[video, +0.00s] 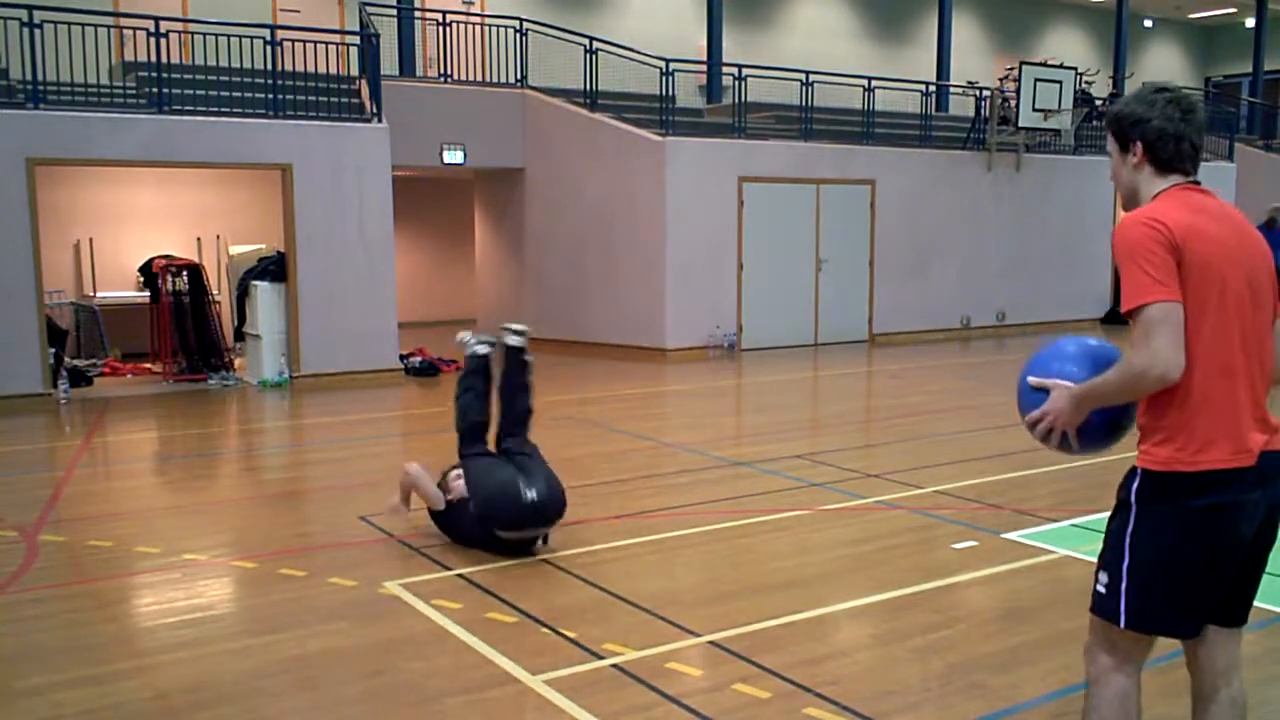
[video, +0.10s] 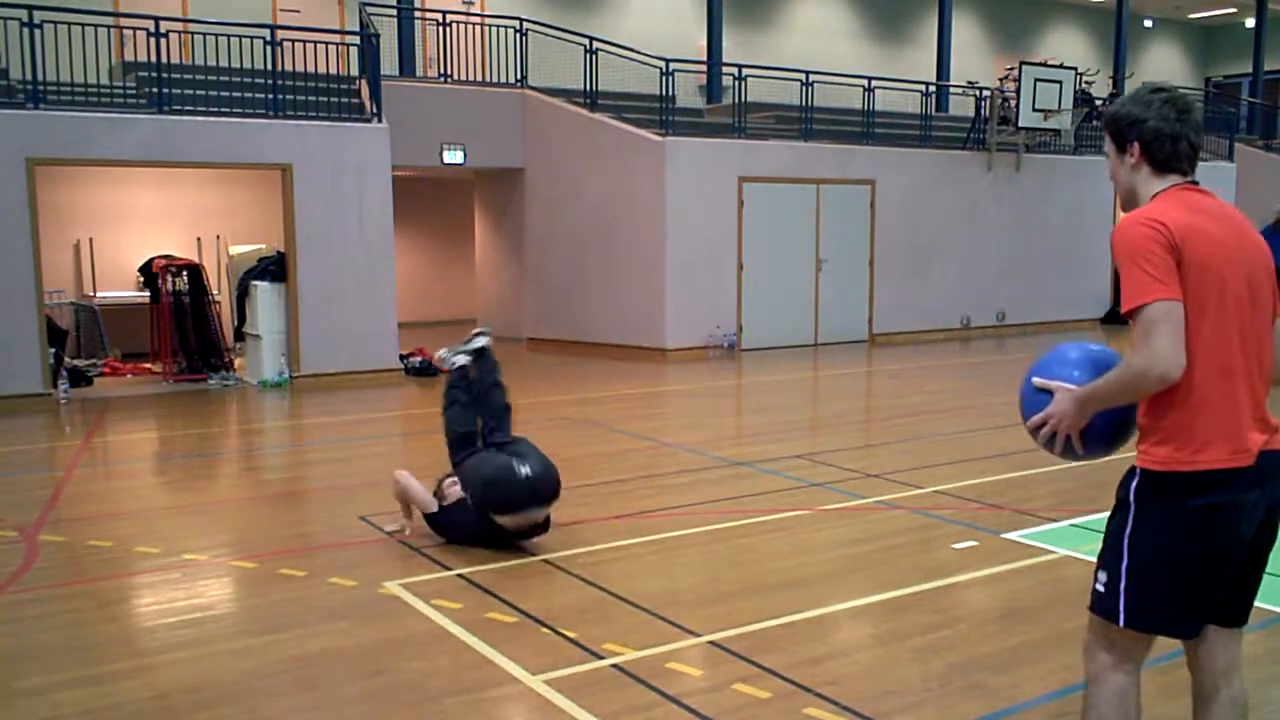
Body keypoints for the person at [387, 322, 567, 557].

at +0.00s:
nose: (464, 475)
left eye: (465, 472)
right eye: (456, 476)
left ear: (477, 474)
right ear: (447, 493)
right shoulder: (450, 515)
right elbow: (411, 469)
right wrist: (403, 500)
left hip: (550, 504)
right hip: (501, 510)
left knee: (514, 437)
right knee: (473, 444)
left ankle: (516, 352)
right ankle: (477, 356)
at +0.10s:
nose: (455, 485)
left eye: (458, 482)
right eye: (449, 486)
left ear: (467, 485)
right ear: (443, 499)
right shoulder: (447, 520)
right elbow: (400, 477)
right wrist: (407, 518)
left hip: (546, 480)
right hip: (490, 486)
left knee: (498, 434)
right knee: (464, 455)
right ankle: (459, 368)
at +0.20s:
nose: (452, 488)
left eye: (453, 486)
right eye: (446, 492)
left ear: (462, 487)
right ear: (441, 505)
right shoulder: (444, 522)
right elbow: (396, 481)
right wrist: (410, 518)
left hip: (540, 462)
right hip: (484, 470)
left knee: (484, 434)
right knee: (454, 457)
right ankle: (442, 375)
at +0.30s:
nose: (450, 490)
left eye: (450, 490)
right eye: (445, 494)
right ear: (442, 506)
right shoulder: (444, 524)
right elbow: (393, 483)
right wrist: (410, 519)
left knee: (475, 444)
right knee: (446, 466)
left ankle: (442, 380)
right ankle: (427, 388)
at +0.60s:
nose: (447, 492)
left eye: (447, 493)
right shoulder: (453, 527)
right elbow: (395, 482)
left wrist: (414, 518)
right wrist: (414, 518)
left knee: (473, 440)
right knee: (437, 467)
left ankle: (446, 374)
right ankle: (420, 382)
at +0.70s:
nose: (448, 487)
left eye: (449, 487)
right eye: (446, 489)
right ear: (446, 504)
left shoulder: (506, 521)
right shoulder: (447, 523)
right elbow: (394, 479)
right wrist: (412, 516)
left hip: (527, 459)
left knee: (489, 443)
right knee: (441, 453)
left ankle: (470, 363)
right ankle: (432, 371)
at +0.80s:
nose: (452, 487)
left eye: (452, 486)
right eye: (448, 488)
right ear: (445, 500)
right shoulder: (444, 521)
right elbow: (394, 478)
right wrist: (411, 515)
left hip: (534, 485)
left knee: (501, 440)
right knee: (452, 448)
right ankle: (457, 366)